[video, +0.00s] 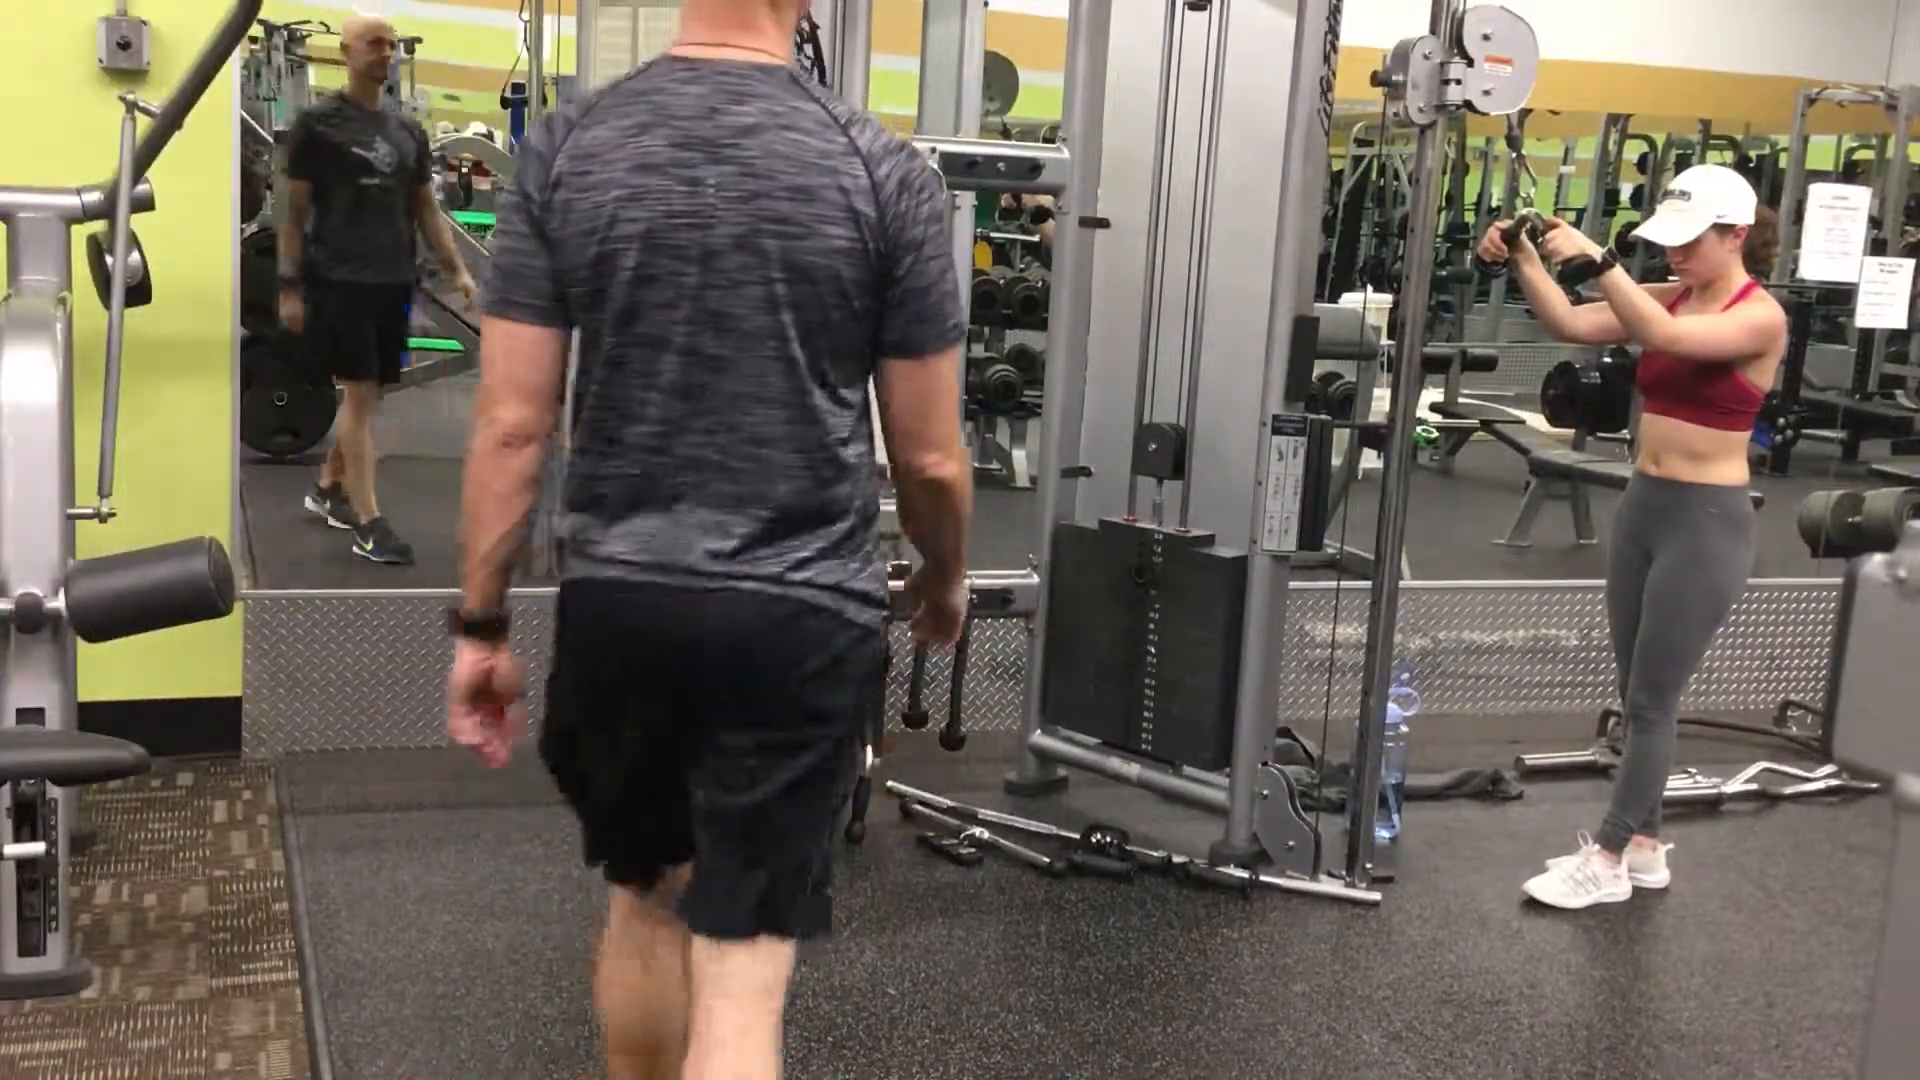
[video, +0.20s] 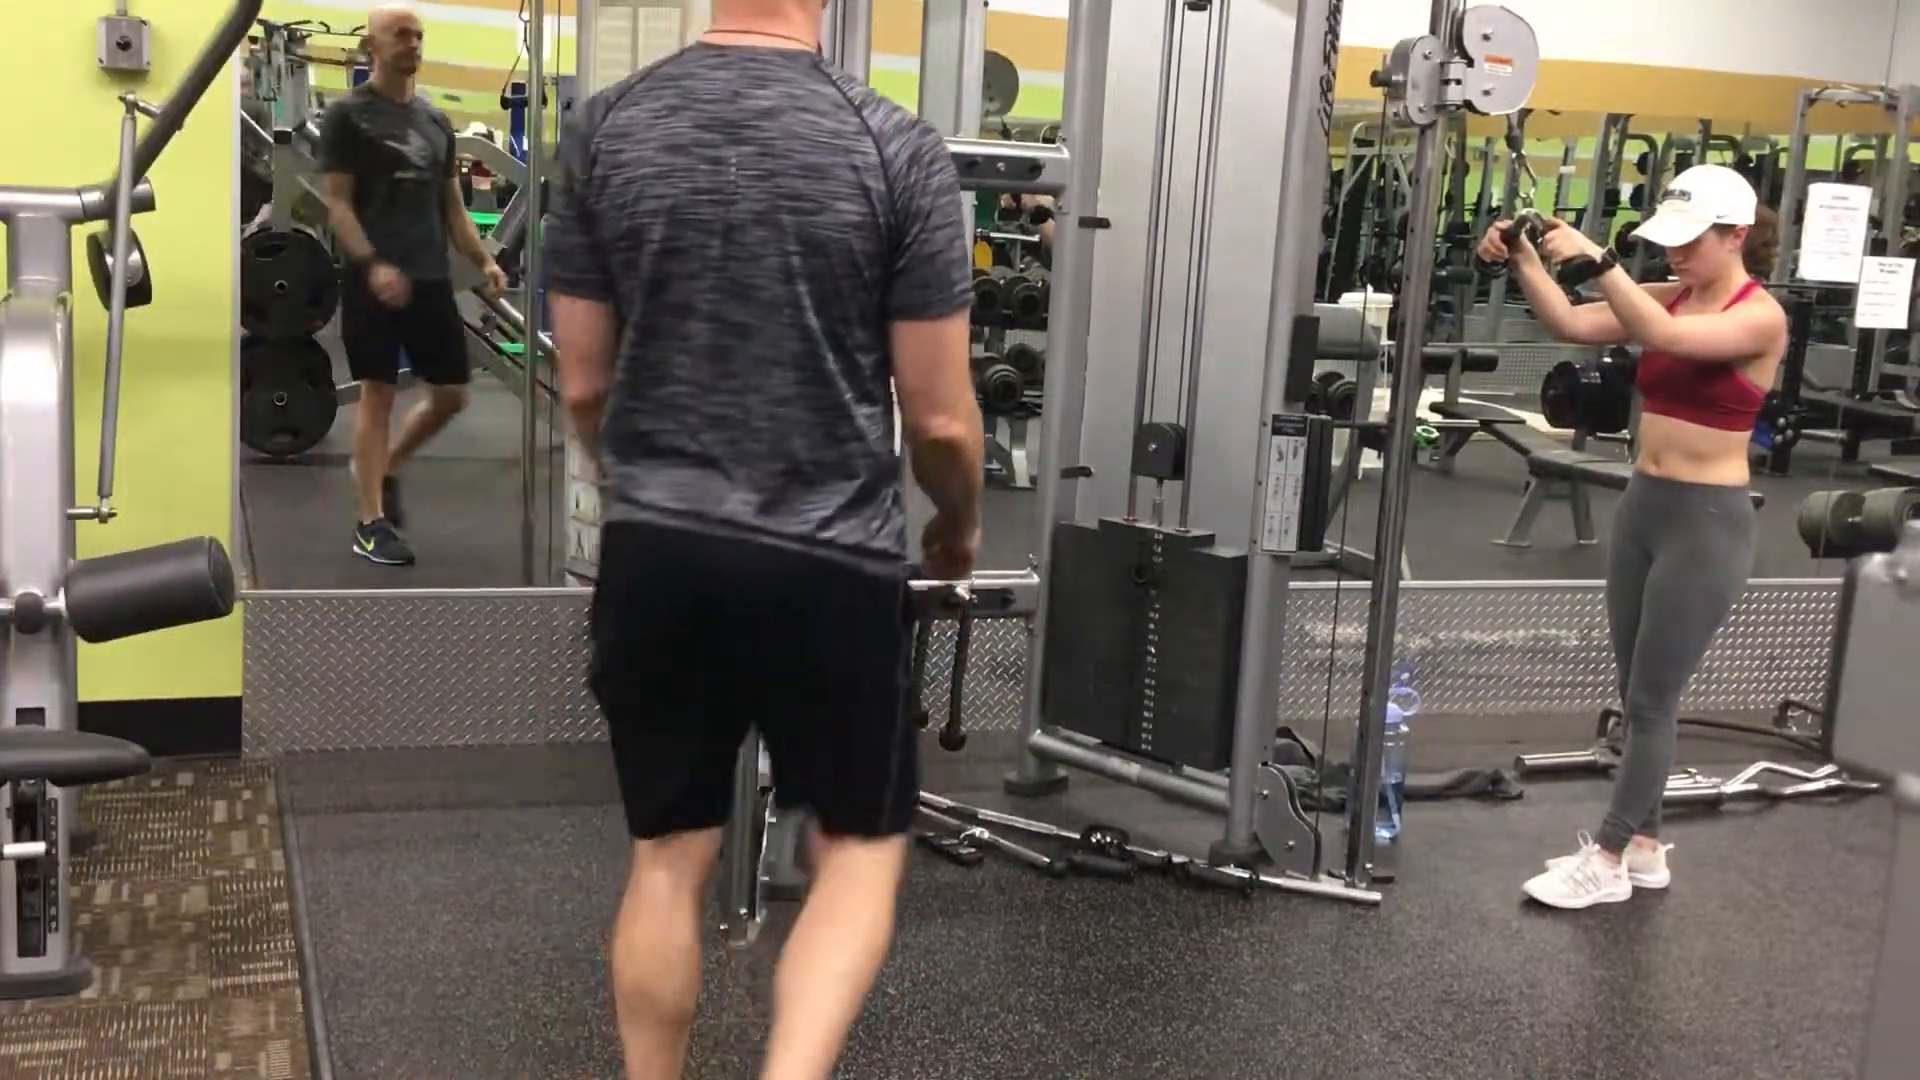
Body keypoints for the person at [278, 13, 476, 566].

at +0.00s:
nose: (385, 52)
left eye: (390, 43)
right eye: (373, 43)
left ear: (395, 52)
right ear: (346, 50)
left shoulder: (407, 132)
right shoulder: (315, 125)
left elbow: (427, 207)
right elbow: (293, 211)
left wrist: (458, 267)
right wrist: (289, 284)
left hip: (393, 280)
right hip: (337, 279)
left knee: (365, 392)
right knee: (360, 394)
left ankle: (330, 486)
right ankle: (369, 520)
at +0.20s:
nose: (412, 43)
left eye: (417, 35)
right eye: (400, 34)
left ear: (421, 44)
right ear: (371, 44)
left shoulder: (436, 123)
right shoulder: (347, 115)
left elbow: (451, 207)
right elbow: (335, 202)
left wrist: (485, 260)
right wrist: (372, 263)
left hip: (430, 277)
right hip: (371, 276)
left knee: (450, 395)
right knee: (377, 394)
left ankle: (386, 468)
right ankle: (370, 520)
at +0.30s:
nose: (428, 44)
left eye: (432, 35)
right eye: (416, 35)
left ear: (436, 44)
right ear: (386, 43)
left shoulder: (450, 122)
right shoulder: (365, 115)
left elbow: (466, 210)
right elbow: (366, 203)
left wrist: (502, 255)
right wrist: (413, 231)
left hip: (446, 279)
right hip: (388, 279)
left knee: (480, 392)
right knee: (383, 395)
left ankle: (436, 499)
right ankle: (372, 521)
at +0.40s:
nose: (446, 47)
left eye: (450, 39)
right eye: (434, 38)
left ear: (453, 48)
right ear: (406, 48)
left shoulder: (468, 126)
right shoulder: (387, 114)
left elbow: (489, 207)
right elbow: (398, 195)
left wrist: (527, 253)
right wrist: (457, 205)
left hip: (464, 287)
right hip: (406, 285)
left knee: (492, 403)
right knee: (391, 399)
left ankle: (503, 527)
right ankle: (372, 521)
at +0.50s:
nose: (464, 53)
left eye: (469, 44)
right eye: (452, 44)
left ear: (476, 54)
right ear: (426, 55)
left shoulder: (492, 132)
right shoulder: (407, 120)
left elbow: (514, 213)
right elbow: (428, 192)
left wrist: (528, 224)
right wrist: (482, 186)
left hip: (485, 293)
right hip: (428, 291)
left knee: (503, 412)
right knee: (406, 406)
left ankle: (526, 530)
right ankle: (374, 521)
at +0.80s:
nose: (510, 52)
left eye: (518, 42)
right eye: (499, 43)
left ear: (529, 51)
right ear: (479, 53)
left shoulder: (552, 115)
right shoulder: (461, 118)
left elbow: (584, 175)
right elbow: (481, 174)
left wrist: (567, 159)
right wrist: (519, 149)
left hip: (553, 281)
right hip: (490, 282)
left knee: (549, 415)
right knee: (493, 404)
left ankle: (538, 535)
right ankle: (451, 509)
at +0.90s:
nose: (515, 52)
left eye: (522, 43)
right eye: (504, 44)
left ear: (537, 50)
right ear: (489, 55)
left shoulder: (564, 114)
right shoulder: (473, 119)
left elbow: (595, 168)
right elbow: (483, 168)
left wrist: (559, 127)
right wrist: (519, 138)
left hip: (562, 281)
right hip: (499, 283)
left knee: (549, 421)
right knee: (503, 416)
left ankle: (541, 536)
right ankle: (501, 534)